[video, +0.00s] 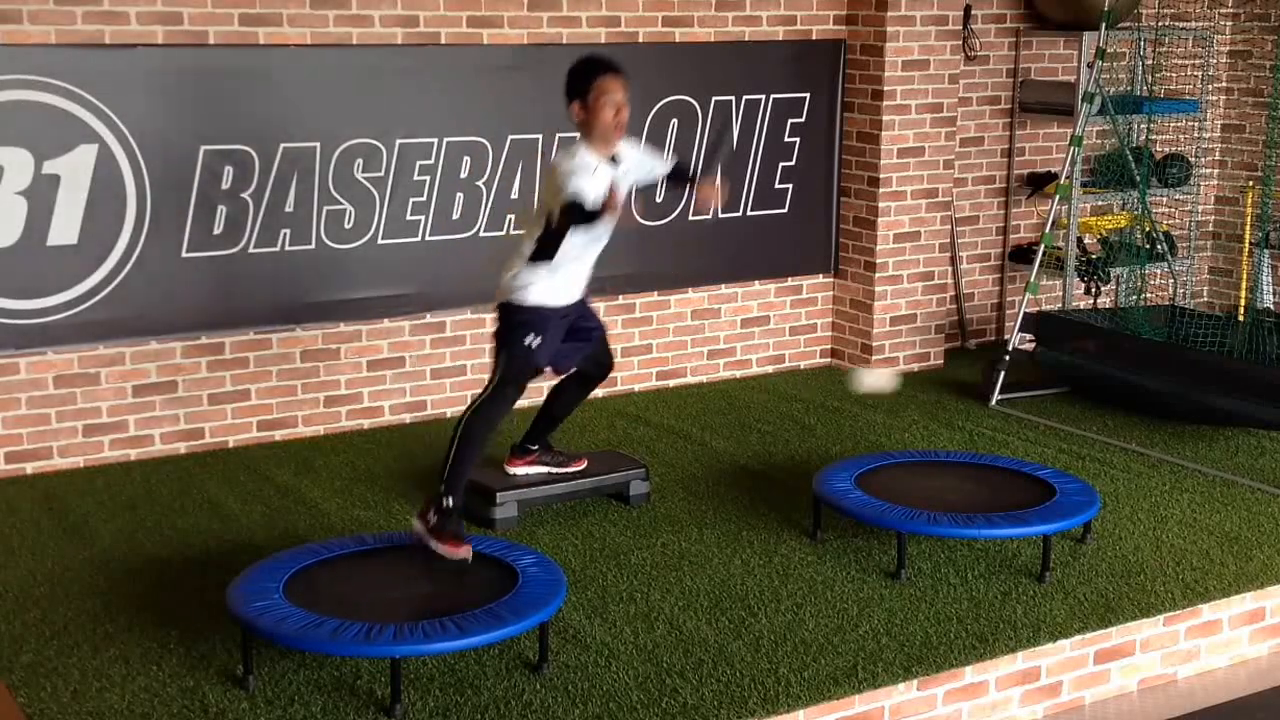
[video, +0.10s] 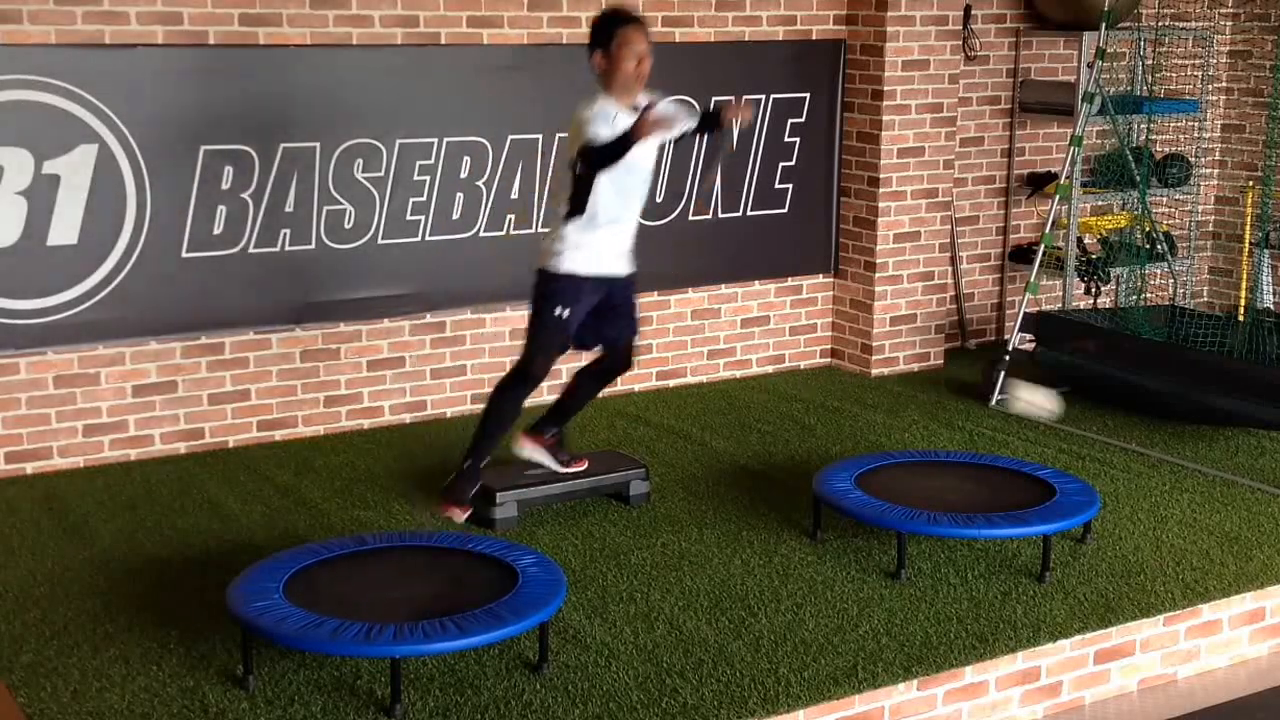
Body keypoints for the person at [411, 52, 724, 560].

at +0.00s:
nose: (621, 114)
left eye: (625, 104)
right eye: (609, 105)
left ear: (628, 107)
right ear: (580, 111)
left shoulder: (625, 154)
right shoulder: (570, 163)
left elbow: (666, 170)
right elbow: (577, 206)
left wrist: (701, 185)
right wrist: (607, 208)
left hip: (568, 299)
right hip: (530, 299)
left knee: (596, 365)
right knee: (502, 393)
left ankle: (530, 449)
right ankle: (442, 510)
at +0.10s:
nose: (643, 64)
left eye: (647, 54)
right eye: (632, 54)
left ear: (650, 58)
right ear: (600, 60)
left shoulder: (650, 110)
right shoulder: (593, 113)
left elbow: (687, 122)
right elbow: (590, 163)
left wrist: (721, 116)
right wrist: (637, 135)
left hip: (615, 267)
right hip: (570, 265)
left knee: (618, 356)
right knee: (532, 369)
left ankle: (545, 434)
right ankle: (467, 476)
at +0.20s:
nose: (674, 42)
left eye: (678, 33)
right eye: (663, 32)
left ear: (683, 40)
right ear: (631, 37)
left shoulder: (682, 90)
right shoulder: (618, 90)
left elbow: (721, 119)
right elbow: (615, 135)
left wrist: (752, 102)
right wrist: (684, 102)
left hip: (653, 249)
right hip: (597, 252)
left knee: (692, 338)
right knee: (558, 358)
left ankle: (615, 392)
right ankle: (517, 436)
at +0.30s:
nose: (713, 61)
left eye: (716, 51)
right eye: (701, 49)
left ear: (718, 55)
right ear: (668, 53)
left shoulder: (710, 106)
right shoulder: (649, 103)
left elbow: (754, 152)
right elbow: (645, 155)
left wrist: (800, 147)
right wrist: (720, 124)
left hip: (680, 250)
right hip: (623, 260)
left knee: (763, 314)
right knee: (578, 363)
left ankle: (736, 401)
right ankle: (545, 444)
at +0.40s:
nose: (756, 100)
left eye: (759, 90)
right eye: (746, 89)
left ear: (761, 94)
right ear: (713, 91)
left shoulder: (754, 146)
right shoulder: (687, 144)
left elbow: (796, 195)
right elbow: (656, 209)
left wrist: (843, 214)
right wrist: (741, 198)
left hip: (717, 272)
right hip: (655, 280)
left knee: (805, 326)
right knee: (596, 368)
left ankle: (868, 424)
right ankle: (546, 446)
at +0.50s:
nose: (804, 139)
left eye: (811, 132)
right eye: (794, 128)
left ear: (815, 138)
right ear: (766, 131)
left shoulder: (811, 189)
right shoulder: (734, 185)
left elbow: (853, 242)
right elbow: (679, 254)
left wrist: (901, 282)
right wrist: (741, 283)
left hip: (771, 309)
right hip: (707, 310)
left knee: (850, 359)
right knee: (624, 383)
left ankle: (902, 463)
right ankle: (548, 449)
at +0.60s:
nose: (861, 185)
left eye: (864, 175)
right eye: (850, 174)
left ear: (862, 182)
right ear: (818, 178)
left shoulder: (863, 231)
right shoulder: (780, 230)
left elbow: (906, 290)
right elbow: (720, 291)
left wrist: (953, 339)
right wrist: (748, 344)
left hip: (809, 327)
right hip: (745, 336)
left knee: (894, 353)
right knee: (654, 401)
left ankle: (909, 462)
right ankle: (560, 446)